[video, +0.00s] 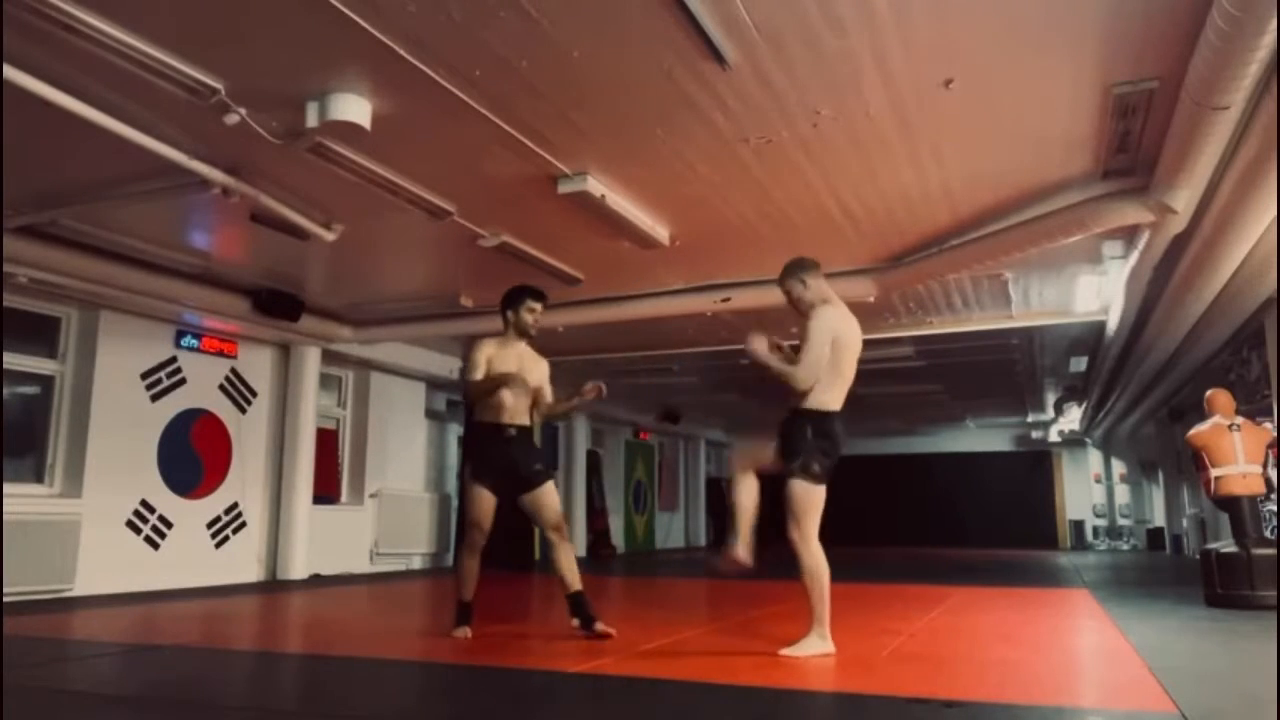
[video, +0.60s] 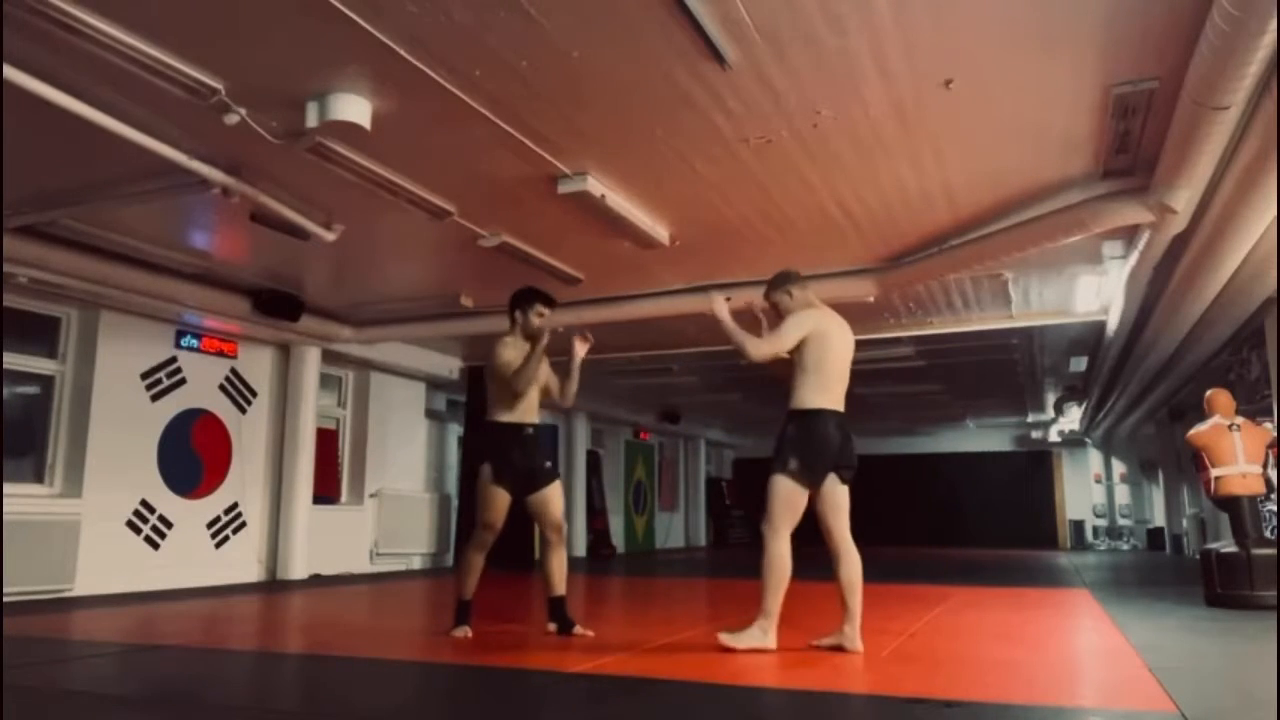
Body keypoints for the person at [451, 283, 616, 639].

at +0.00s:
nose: (536, 319)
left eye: (539, 314)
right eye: (531, 312)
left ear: (538, 318)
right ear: (510, 312)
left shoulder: (539, 362)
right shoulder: (485, 348)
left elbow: (545, 409)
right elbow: (471, 393)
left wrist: (578, 399)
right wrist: (501, 380)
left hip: (525, 447)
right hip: (486, 444)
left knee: (556, 527)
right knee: (476, 532)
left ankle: (582, 612)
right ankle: (463, 617)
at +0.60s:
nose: (544, 323)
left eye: (548, 318)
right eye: (538, 315)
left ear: (548, 322)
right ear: (518, 315)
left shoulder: (539, 357)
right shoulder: (503, 348)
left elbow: (564, 399)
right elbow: (517, 386)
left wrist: (576, 360)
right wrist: (540, 345)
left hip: (532, 445)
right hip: (499, 443)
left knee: (555, 528)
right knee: (486, 530)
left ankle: (558, 613)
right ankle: (462, 615)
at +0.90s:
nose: (572, 326)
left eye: (574, 320)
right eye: (567, 319)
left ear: (566, 323)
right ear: (549, 317)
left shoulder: (558, 351)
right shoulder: (528, 341)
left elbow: (586, 379)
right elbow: (565, 371)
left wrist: (587, 338)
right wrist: (571, 330)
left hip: (549, 439)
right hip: (516, 436)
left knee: (561, 530)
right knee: (501, 530)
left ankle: (559, 614)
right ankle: (464, 607)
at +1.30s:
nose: (542, 340)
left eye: (546, 334)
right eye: (538, 332)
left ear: (545, 335)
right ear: (519, 327)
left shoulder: (536, 362)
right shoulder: (495, 354)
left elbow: (562, 404)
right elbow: (510, 397)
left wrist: (578, 369)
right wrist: (540, 357)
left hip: (524, 452)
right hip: (490, 450)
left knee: (560, 533)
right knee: (478, 538)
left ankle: (559, 616)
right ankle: (423, 611)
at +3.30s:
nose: (412, 331)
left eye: (416, 327)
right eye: (407, 324)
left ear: (417, 331)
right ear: (387, 321)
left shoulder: (411, 369)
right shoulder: (363, 354)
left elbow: (417, 415)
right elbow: (368, 400)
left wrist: (435, 386)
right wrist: (398, 356)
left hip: (401, 449)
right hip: (365, 448)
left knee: (432, 525)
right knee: (346, 534)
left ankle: (439, 604)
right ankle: (327, 614)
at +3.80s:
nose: (476, 333)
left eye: (479, 328)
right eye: (472, 326)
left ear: (475, 331)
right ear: (452, 325)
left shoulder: (466, 364)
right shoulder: (441, 355)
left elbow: (471, 414)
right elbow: (447, 401)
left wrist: (494, 386)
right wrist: (481, 371)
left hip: (465, 440)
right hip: (442, 434)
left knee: (475, 530)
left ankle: (461, 608)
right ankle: (402, 539)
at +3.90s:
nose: (481, 333)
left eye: (483, 328)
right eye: (476, 326)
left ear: (478, 330)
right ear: (457, 324)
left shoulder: (467, 362)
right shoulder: (446, 356)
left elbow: (475, 411)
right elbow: (445, 401)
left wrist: (497, 384)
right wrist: (483, 375)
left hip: (467, 439)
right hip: (453, 433)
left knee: (479, 529)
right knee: (512, 449)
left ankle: (462, 605)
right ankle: (460, 503)